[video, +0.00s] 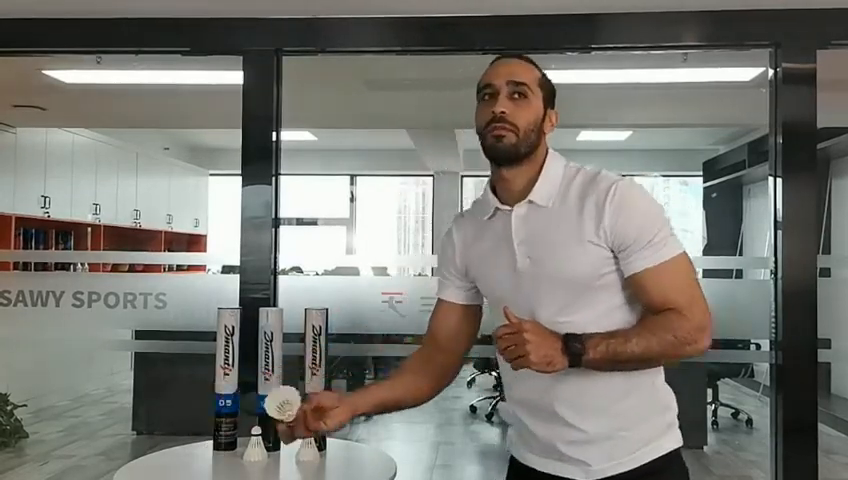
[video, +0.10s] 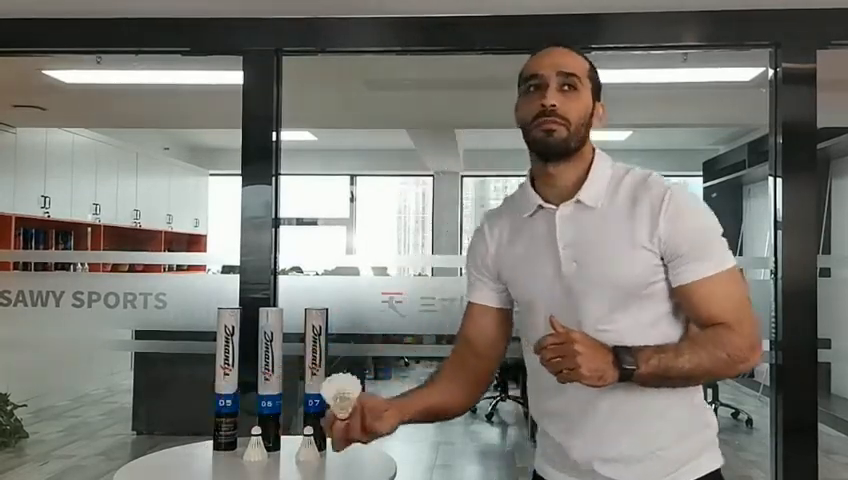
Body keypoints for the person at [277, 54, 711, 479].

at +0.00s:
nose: (498, 107)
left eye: (517, 95)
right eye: (487, 95)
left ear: (549, 119)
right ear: (476, 118)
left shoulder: (615, 202)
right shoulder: (466, 236)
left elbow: (691, 327)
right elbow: (435, 360)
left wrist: (568, 350)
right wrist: (352, 403)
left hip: (640, 461)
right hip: (535, 464)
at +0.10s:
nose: (547, 100)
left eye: (567, 87)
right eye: (532, 87)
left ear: (596, 112)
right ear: (517, 111)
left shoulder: (665, 207)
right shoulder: (497, 234)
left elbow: (739, 343)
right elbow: (470, 364)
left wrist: (617, 362)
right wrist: (395, 410)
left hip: (673, 463)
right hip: (562, 465)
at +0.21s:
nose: (595, 89)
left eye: (614, 75)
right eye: (577, 76)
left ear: (640, 99)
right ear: (556, 101)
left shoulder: (718, 200)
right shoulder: (530, 228)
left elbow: (796, 347)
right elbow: (502, 371)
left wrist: (674, 367)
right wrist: (445, 405)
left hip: (720, 467)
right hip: (599, 469)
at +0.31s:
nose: (633, 72)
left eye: (652, 56)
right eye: (612, 60)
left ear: (679, 84)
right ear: (589, 90)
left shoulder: (764, 189)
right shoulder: (556, 219)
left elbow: (840, 336)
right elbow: (530, 372)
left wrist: (732, 363)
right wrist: (486, 388)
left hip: (758, 466)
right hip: (625, 468)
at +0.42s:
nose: (659, 54)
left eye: (678, 34)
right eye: (636, 39)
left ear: (707, 58)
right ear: (611, 70)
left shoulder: (801, 174)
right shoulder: (577, 207)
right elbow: (551, 367)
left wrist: (775, 354)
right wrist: (514, 370)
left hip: (791, 465)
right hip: (650, 467)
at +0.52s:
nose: (683, 36)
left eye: (702, 16)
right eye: (657, 21)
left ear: (733, 41)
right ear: (629, 55)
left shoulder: (827, 161)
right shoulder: (595, 196)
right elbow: (565, 362)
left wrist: (805, 356)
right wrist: (527, 365)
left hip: (817, 466)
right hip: (669, 469)